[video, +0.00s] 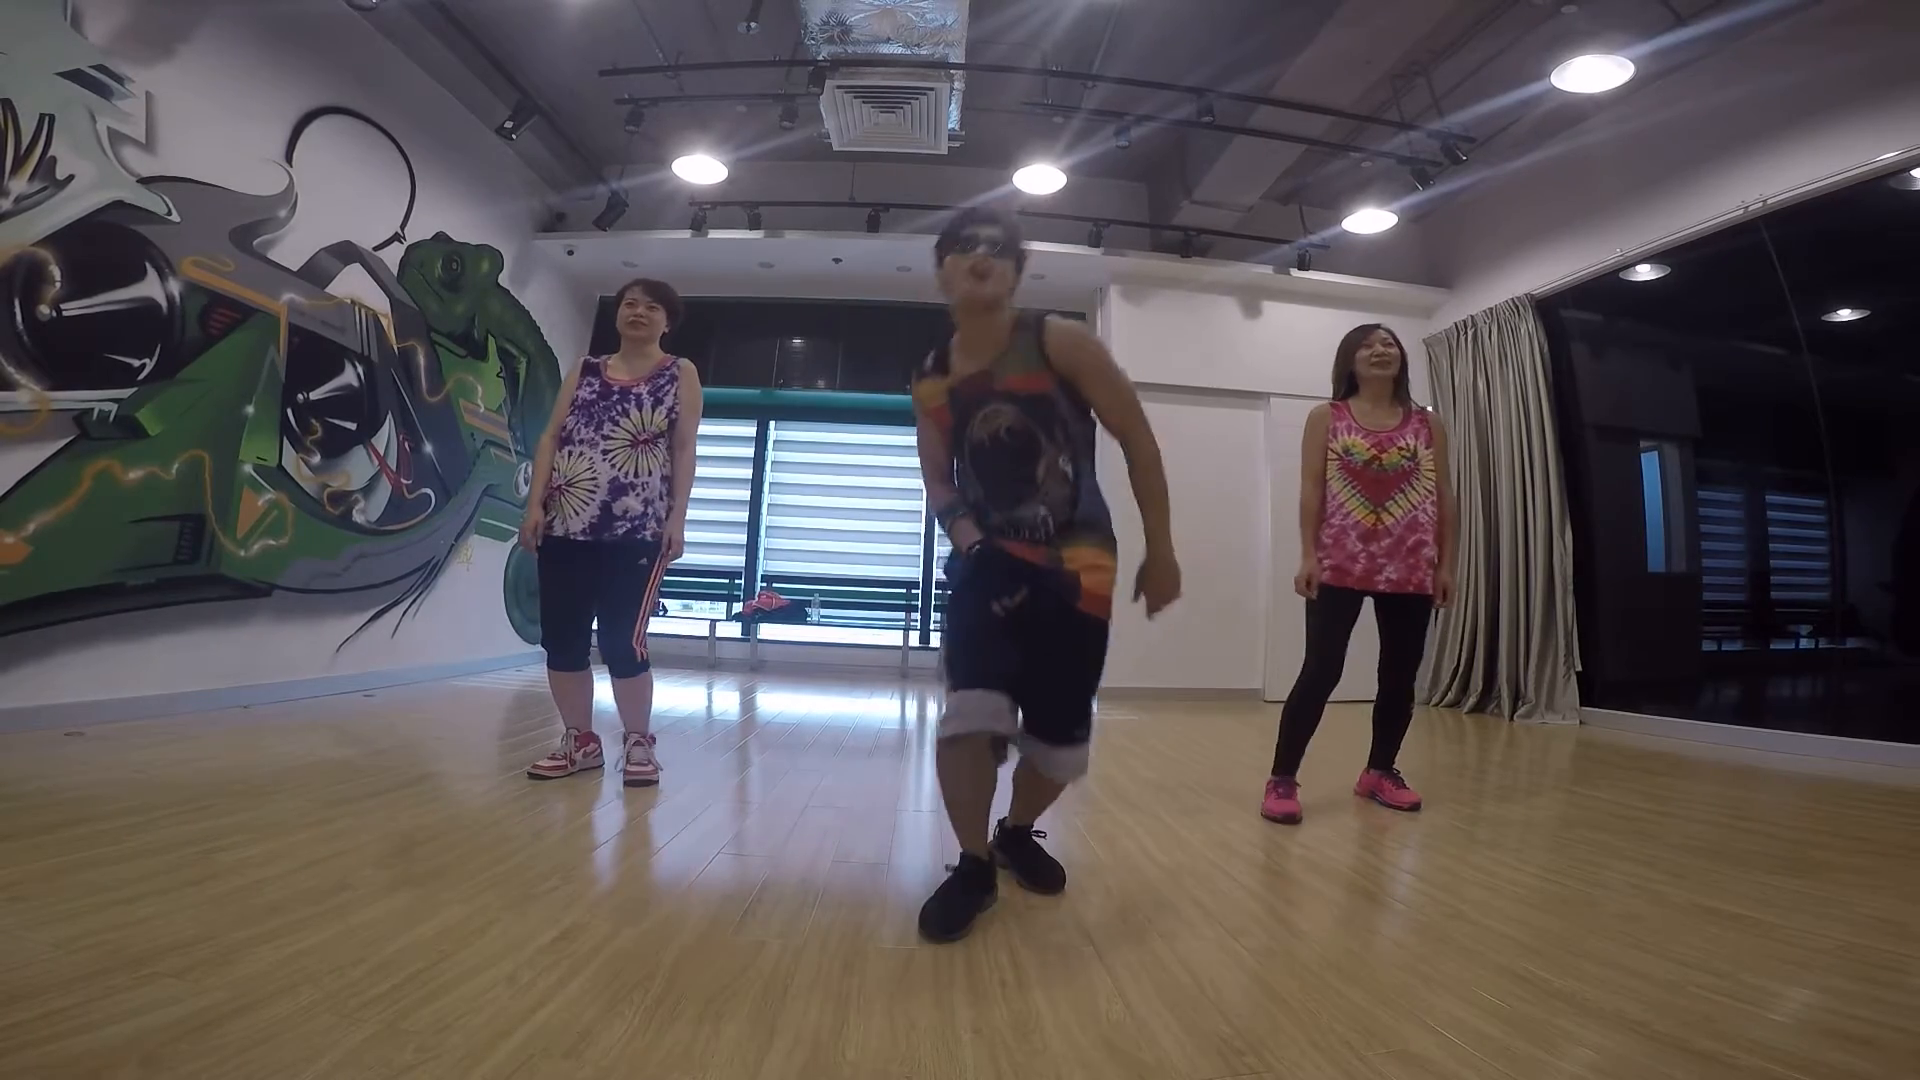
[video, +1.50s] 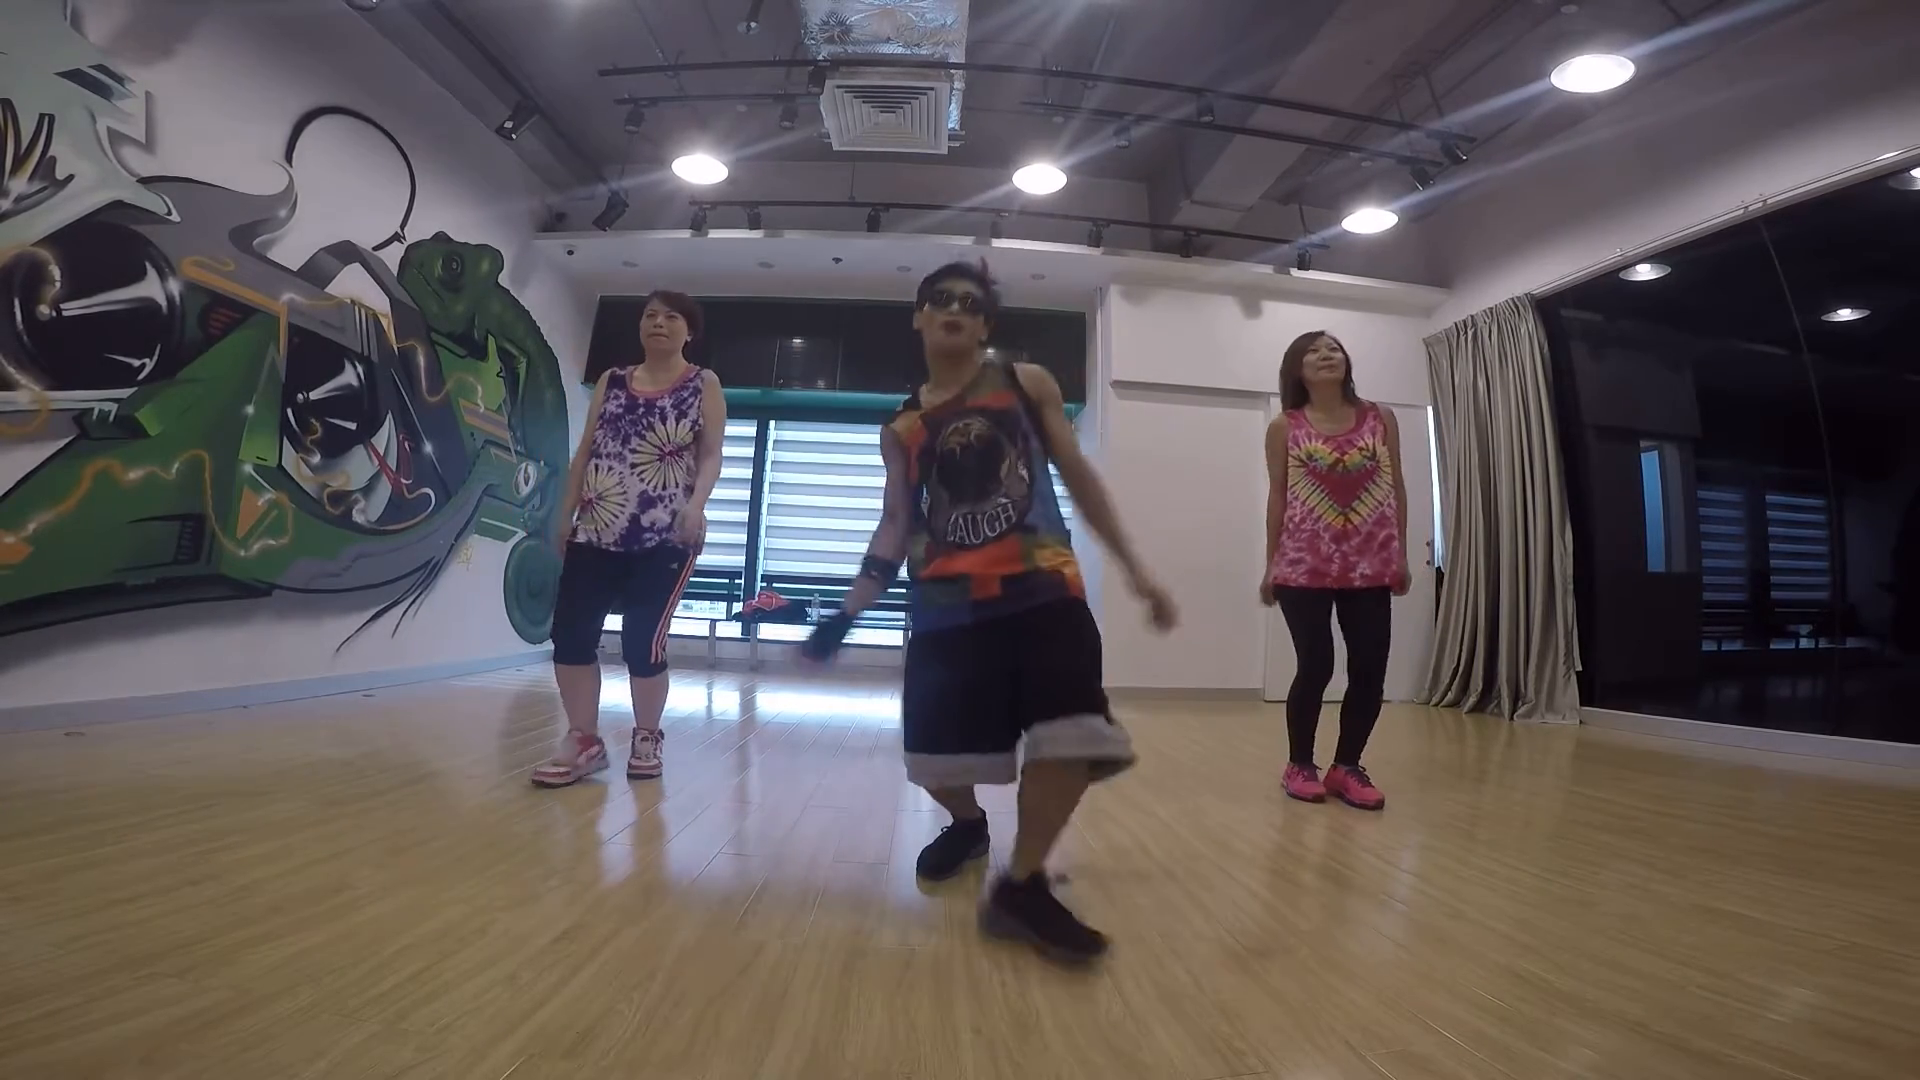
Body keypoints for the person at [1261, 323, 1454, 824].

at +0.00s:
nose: (1380, 349)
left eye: (1389, 344)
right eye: (1368, 345)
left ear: (1403, 361)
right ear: (1349, 362)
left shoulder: (1427, 423)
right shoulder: (1327, 417)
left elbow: (1442, 495)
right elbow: (1312, 488)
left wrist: (1444, 564)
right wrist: (1309, 555)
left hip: (1408, 567)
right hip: (1340, 564)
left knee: (1399, 675)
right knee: (1321, 671)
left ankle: (1379, 772)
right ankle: (1283, 780)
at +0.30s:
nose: (1359, 343)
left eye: (1367, 338)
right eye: (1346, 338)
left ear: (1380, 356)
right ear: (1326, 357)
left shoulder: (1404, 421)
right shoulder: (1302, 415)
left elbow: (1420, 492)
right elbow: (1285, 487)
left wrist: (1421, 559)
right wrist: (1277, 554)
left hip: (1380, 569)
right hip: (1310, 566)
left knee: (1387, 680)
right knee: (1311, 673)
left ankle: (1378, 770)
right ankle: (1284, 783)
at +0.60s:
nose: (1365, 342)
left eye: (1374, 339)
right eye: (1353, 337)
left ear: (1384, 359)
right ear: (1331, 355)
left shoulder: (1393, 423)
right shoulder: (1303, 402)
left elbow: (1397, 494)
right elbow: (1282, 471)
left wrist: (1406, 552)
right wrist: (1277, 538)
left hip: (1370, 562)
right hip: (1304, 555)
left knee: (1371, 673)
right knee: (1305, 667)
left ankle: (1346, 771)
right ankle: (1283, 782)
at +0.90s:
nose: (1370, 351)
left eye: (1377, 347)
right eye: (1357, 347)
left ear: (1389, 367)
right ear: (1337, 365)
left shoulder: (1399, 432)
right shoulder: (1312, 414)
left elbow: (1410, 504)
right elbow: (1295, 485)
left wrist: (1425, 567)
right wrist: (1294, 553)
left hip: (1383, 576)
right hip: (1322, 570)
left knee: (1375, 679)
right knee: (1339, 670)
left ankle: (1347, 772)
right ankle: (1290, 780)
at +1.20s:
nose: (1344, 348)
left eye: (1352, 343)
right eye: (1331, 345)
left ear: (1366, 361)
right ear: (1314, 366)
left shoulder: (1394, 419)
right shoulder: (1299, 418)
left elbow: (1416, 492)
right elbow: (1285, 489)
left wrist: (1426, 556)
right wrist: (1275, 556)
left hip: (1385, 567)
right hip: (1320, 565)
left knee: (1372, 674)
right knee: (1345, 667)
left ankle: (1348, 769)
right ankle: (1300, 759)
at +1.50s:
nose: (1326, 354)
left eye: (1334, 349)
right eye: (1313, 351)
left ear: (1348, 364)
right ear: (1296, 371)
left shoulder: (1379, 419)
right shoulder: (1285, 427)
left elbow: (1396, 490)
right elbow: (1278, 500)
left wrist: (1400, 558)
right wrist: (1272, 566)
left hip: (1368, 566)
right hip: (1302, 566)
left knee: (1369, 674)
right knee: (1316, 665)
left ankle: (1346, 768)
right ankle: (1300, 767)